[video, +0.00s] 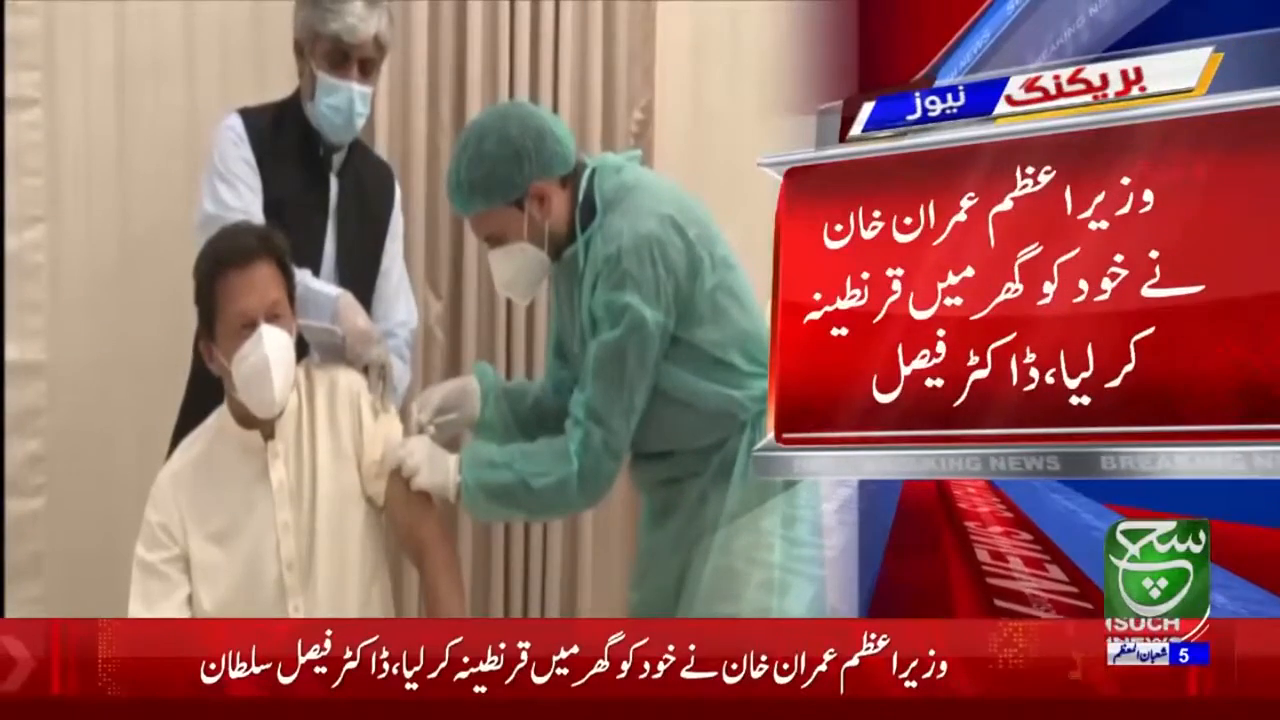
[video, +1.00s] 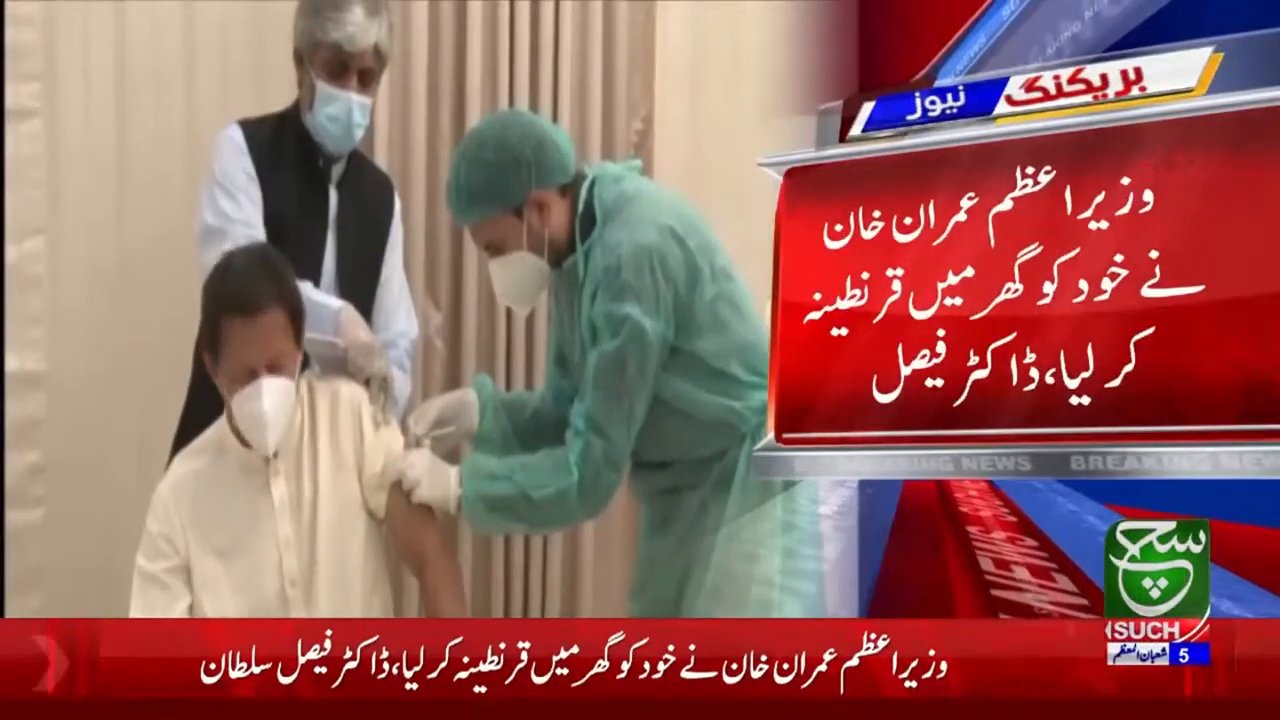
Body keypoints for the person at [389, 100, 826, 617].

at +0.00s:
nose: (496, 258)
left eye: (497, 241)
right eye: (487, 245)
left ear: (543, 201)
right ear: (545, 200)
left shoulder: (634, 238)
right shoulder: (582, 234)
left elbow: (589, 464)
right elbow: (567, 404)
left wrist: (458, 473)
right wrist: (483, 404)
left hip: (750, 473)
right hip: (677, 478)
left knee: (733, 662)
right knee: (655, 658)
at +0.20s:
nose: (496, 258)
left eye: (497, 241)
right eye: (487, 245)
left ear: (543, 202)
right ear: (544, 201)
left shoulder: (633, 239)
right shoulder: (582, 234)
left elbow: (589, 464)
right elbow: (566, 404)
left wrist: (457, 474)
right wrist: (482, 405)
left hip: (747, 475)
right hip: (677, 480)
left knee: (734, 664)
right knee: (656, 661)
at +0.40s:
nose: (494, 259)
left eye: (496, 242)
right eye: (486, 245)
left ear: (542, 202)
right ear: (544, 202)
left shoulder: (632, 241)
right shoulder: (583, 234)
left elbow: (588, 466)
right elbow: (566, 405)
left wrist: (458, 476)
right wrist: (482, 406)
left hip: (740, 488)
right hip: (679, 488)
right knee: (656, 665)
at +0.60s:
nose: (496, 261)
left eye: (497, 244)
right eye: (487, 248)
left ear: (541, 204)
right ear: (542, 204)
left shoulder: (633, 242)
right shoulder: (581, 238)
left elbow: (589, 468)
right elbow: (565, 410)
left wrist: (458, 478)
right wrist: (482, 408)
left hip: (748, 477)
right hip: (676, 483)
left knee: (738, 667)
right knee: (658, 665)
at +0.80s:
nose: (494, 262)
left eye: (496, 246)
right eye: (486, 249)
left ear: (542, 207)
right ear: (543, 206)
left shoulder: (633, 245)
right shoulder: (581, 241)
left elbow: (589, 471)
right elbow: (566, 412)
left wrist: (458, 482)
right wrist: (481, 411)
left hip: (748, 478)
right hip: (677, 485)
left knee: (739, 666)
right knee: (658, 664)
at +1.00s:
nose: (495, 266)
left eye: (498, 249)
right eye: (487, 252)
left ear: (543, 209)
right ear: (544, 209)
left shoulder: (634, 247)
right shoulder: (581, 244)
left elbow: (588, 475)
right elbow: (568, 413)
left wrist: (456, 486)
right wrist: (481, 414)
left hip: (750, 477)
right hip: (677, 484)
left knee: (738, 663)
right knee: (657, 660)